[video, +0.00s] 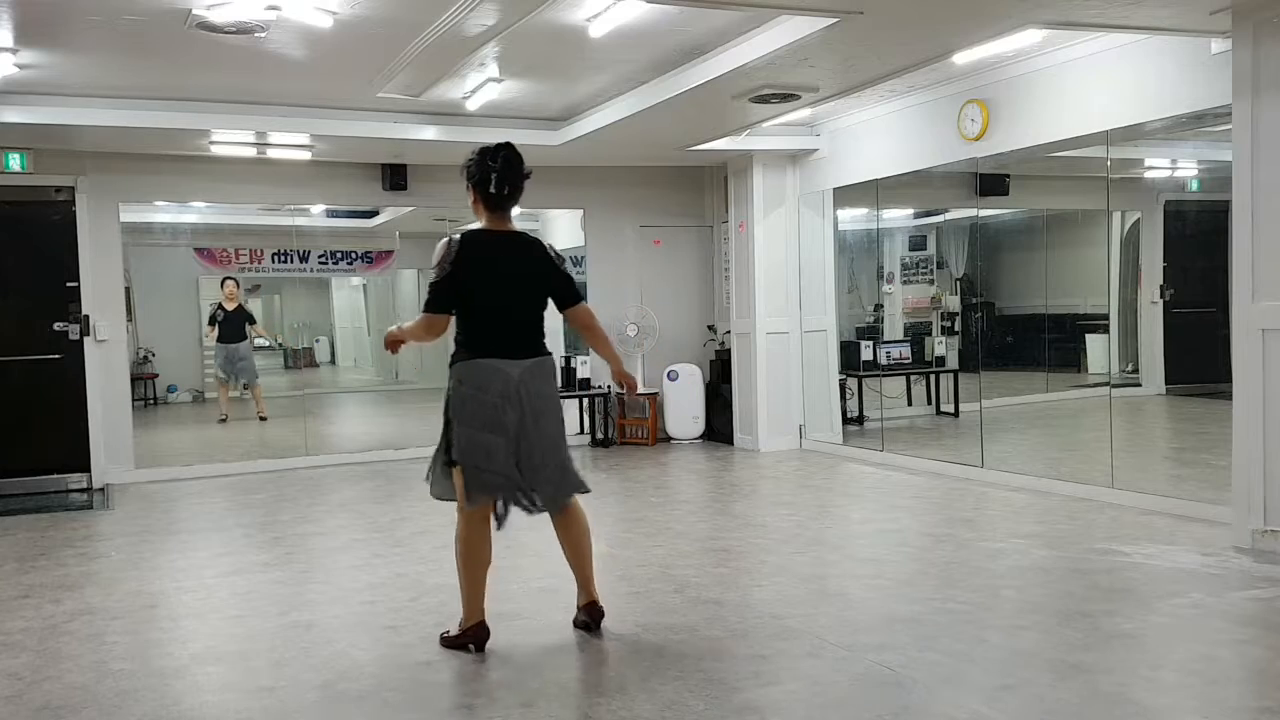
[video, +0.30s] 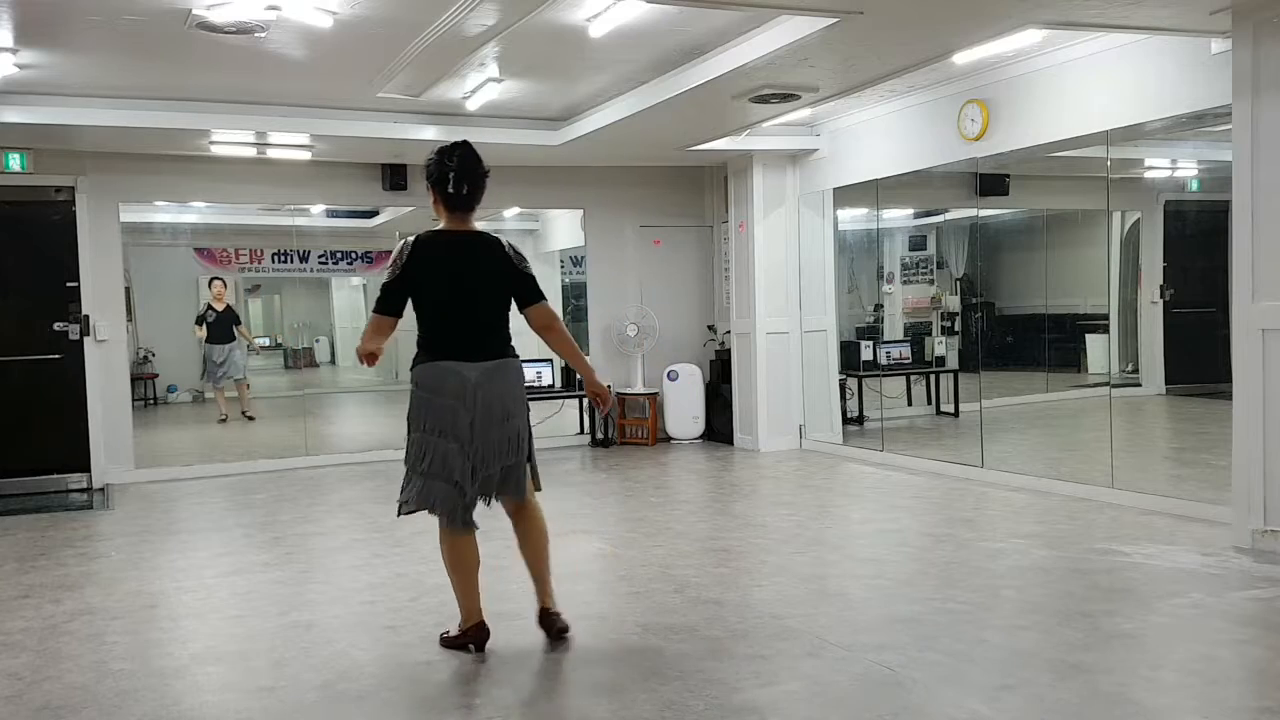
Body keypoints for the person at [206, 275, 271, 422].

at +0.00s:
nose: (231, 290)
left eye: (234, 286)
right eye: (227, 287)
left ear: (238, 289)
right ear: (222, 290)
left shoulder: (244, 308)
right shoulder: (216, 309)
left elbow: (255, 327)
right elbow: (210, 328)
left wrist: (269, 339)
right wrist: (207, 333)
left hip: (242, 347)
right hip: (223, 348)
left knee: (253, 380)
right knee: (223, 382)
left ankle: (260, 410)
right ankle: (223, 413)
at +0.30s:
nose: (219, 290)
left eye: (222, 287)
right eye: (215, 287)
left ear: (226, 290)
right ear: (210, 290)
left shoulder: (230, 308)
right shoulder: (207, 308)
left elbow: (240, 328)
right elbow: (198, 325)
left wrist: (253, 342)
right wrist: (200, 333)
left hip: (232, 346)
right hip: (214, 348)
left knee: (240, 378)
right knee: (218, 383)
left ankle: (245, 409)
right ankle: (223, 412)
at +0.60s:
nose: (210, 291)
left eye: (213, 288)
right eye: (207, 289)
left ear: (217, 291)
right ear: (201, 292)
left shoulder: (223, 309)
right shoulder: (198, 310)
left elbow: (233, 329)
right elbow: (188, 330)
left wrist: (247, 342)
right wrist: (181, 347)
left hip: (222, 349)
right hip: (207, 350)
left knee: (220, 383)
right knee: (214, 383)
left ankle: (204, 408)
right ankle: (223, 413)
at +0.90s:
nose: (202, 292)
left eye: (204, 289)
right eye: (198, 289)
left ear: (208, 291)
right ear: (193, 292)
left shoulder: (213, 310)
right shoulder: (189, 310)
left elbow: (224, 327)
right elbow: (177, 329)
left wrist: (236, 340)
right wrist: (168, 346)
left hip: (211, 348)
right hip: (196, 348)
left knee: (208, 380)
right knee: (205, 379)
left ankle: (201, 412)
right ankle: (213, 411)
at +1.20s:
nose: (191, 291)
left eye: (194, 288)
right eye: (187, 288)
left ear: (198, 290)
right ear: (182, 291)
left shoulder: (204, 309)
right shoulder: (178, 308)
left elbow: (215, 326)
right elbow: (166, 326)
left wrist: (228, 342)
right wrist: (158, 342)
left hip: (203, 349)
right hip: (185, 349)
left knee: (202, 383)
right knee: (186, 383)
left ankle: (200, 413)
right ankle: (183, 414)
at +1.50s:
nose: (179, 292)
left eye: (182, 289)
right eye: (176, 289)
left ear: (186, 291)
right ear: (171, 291)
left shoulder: (191, 309)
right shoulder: (165, 309)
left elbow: (203, 326)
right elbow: (156, 325)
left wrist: (213, 337)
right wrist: (149, 335)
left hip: (189, 349)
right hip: (170, 350)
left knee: (194, 381)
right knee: (176, 385)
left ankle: (198, 411)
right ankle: (182, 414)